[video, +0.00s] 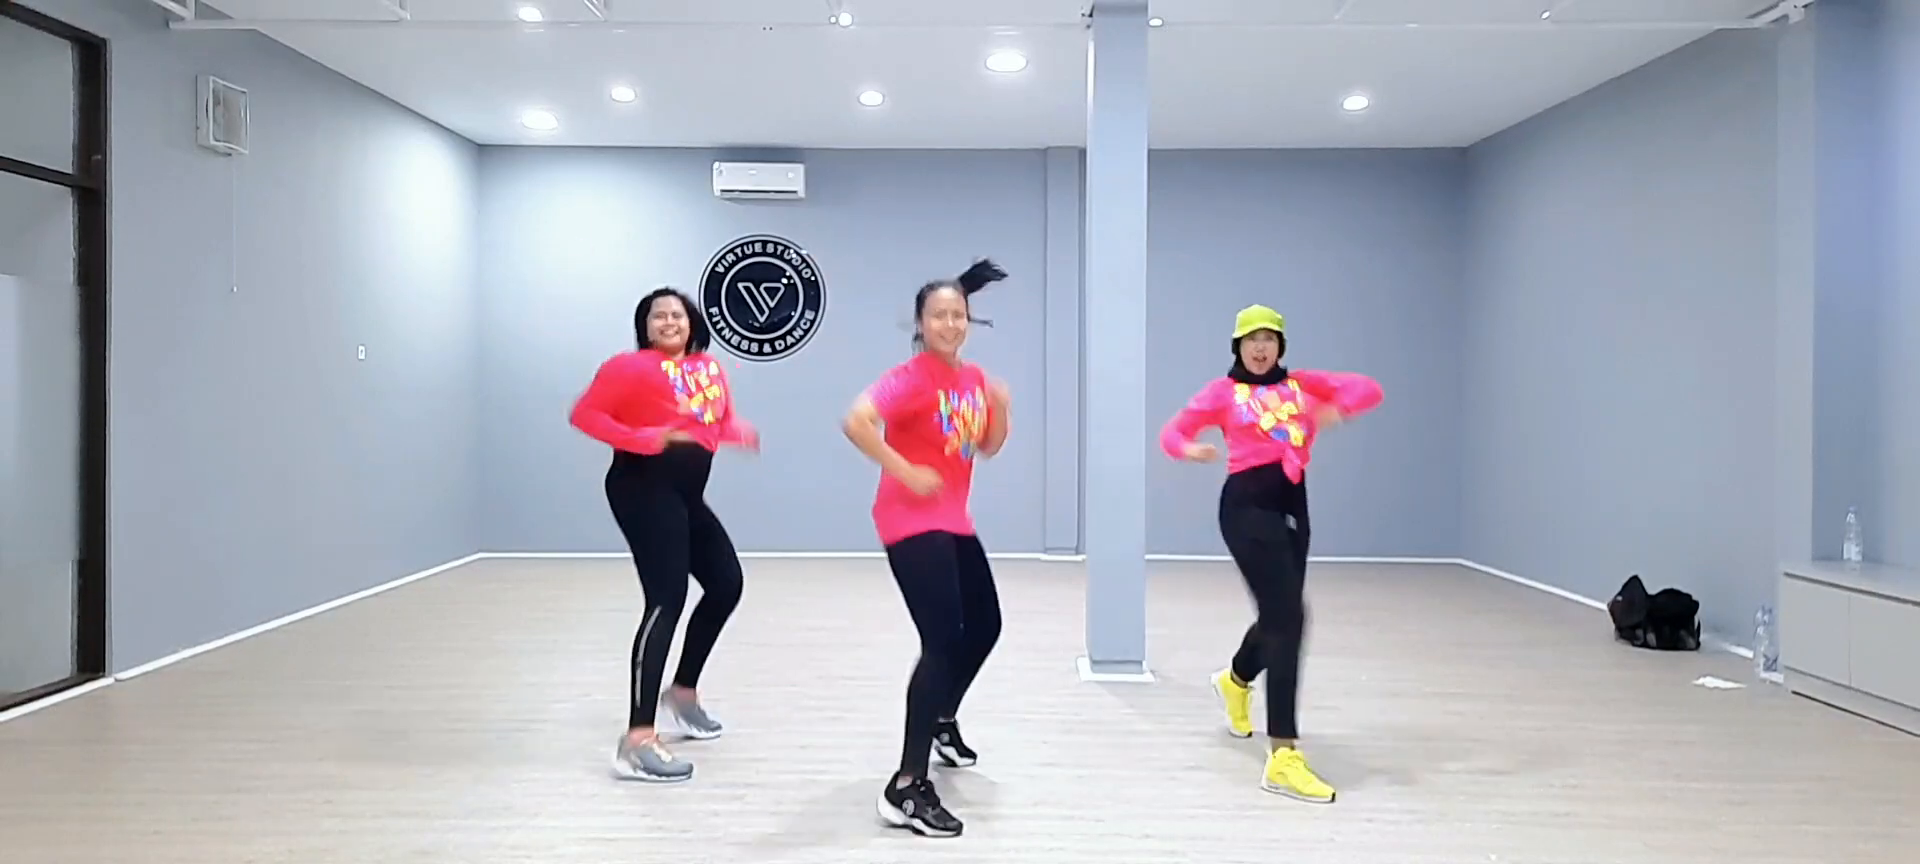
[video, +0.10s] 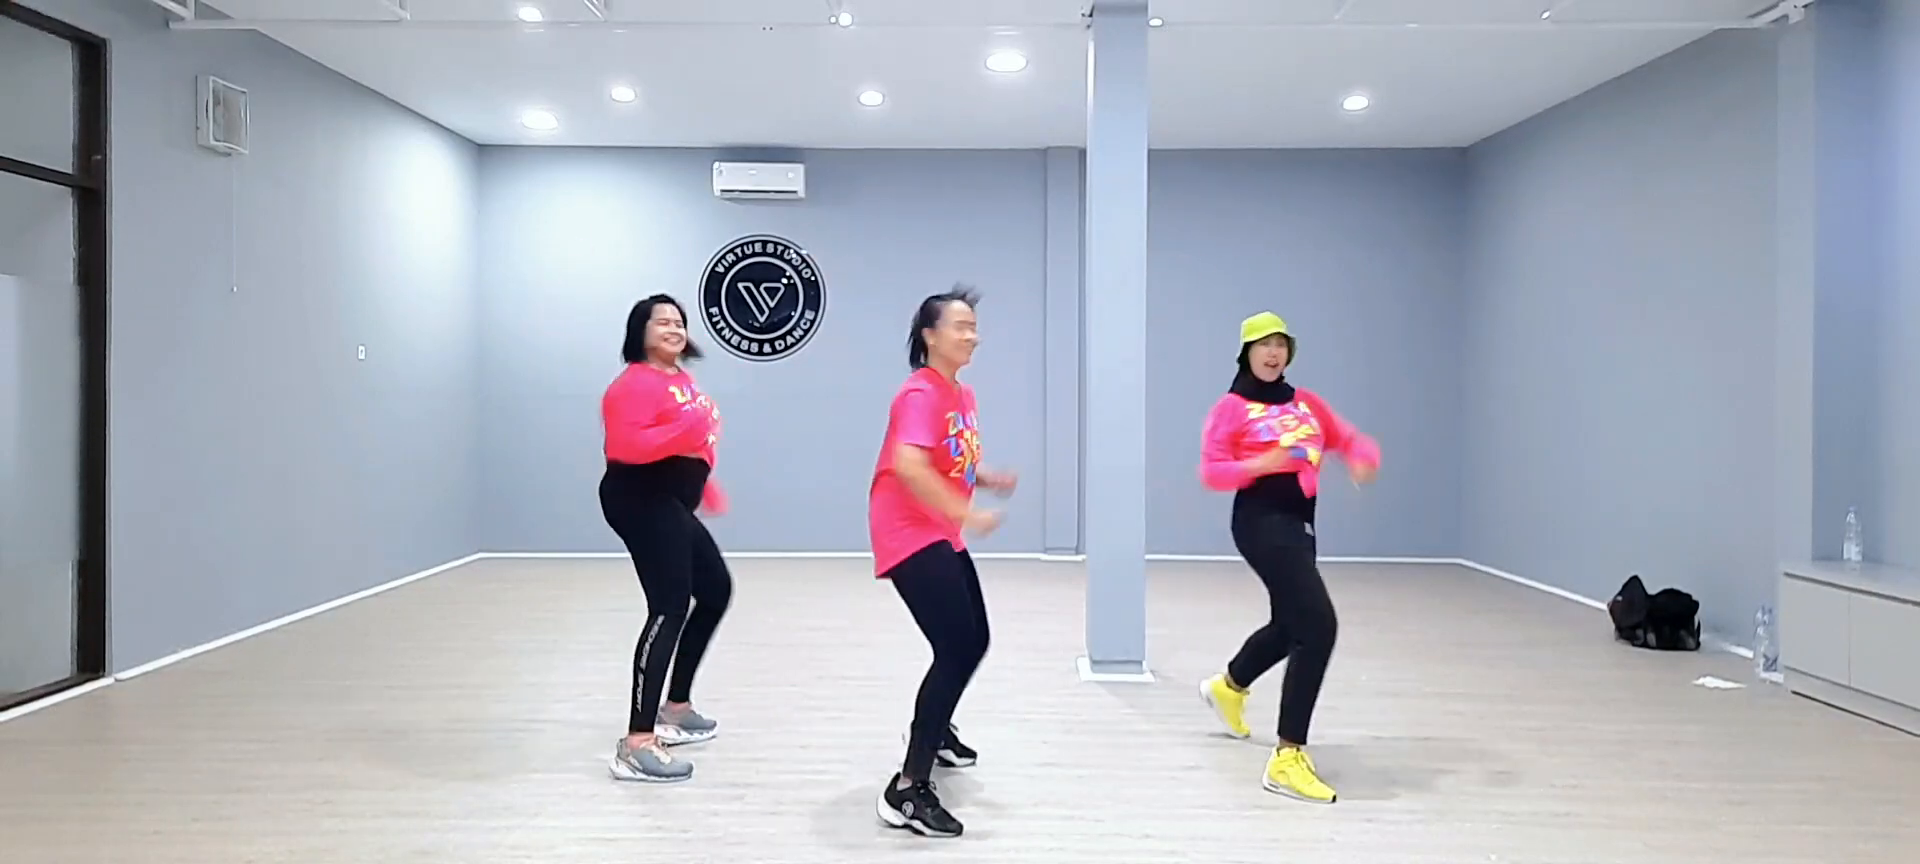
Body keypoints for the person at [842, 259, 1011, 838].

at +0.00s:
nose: (952, 323)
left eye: (959, 314)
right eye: (941, 314)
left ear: (969, 323)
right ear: (921, 323)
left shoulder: (973, 381)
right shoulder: (910, 376)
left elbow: (988, 448)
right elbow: (856, 420)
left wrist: (999, 408)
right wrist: (905, 470)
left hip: (956, 521)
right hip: (913, 523)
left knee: (984, 626)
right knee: (944, 642)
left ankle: (942, 717)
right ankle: (907, 782)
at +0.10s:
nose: (972, 334)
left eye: (973, 326)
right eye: (961, 326)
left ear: (967, 337)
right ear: (929, 336)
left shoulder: (962, 393)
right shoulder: (920, 394)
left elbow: (952, 458)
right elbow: (909, 467)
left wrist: (984, 476)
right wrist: (963, 512)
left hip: (940, 531)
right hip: (910, 536)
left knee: (973, 638)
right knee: (956, 646)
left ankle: (932, 725)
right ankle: (909, 784)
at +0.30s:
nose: (966, 309)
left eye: (963, 300)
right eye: (964, 300)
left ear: (917, 305)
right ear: (953, 302)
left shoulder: (892, 351)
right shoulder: (962, 354)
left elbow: (851, 390)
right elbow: (1001, 421)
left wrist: (883, 431)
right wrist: (1001, 367)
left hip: (887, 504)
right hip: (939, 504)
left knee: (933, 604)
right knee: (963, 617)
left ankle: (917, 724)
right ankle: (929, 745)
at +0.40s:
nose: (953, 315)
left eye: (948, 306)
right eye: (952, 307)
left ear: (906, 313)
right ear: (947, 311)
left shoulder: (877, 364)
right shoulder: (967, 365)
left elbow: (830, 402)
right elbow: (992, 433)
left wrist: (847, 468)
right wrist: (973, 390)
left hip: (887, 515)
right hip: (948, 512)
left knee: (913, 626)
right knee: (983, 612)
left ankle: (913, 759)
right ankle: (932, 672)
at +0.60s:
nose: (888, 326)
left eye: (888, 318)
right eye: (889, 317)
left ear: (899, 321)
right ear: (935, 319)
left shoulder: (879, 373)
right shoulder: (964, 375)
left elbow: (861, 445)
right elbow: (984, 441)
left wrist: (861, 488)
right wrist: (946, 467)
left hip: (894, 527)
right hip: (954, 525)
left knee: (900, 632)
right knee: (936, 583)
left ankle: (916, 744)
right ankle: (969, 660)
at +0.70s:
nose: (883, 310)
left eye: (886, 302)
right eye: (885, 301)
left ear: (899, 306)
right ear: (930, 308)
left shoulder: (884, 353)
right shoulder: (955, 358)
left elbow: (859, 420)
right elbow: (990, 413)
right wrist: (954, 445)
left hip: (903, 501)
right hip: (952, 500)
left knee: (888, 609)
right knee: (920, 588)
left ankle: (929, 723)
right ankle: (948, 693)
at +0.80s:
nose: (881, 317)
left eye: (886, 310)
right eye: (884, 309)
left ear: (902, 315)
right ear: (920, 319)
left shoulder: (889, 362)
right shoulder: (938, 363)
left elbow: (859, 424)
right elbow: (982, 409)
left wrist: (860, 380)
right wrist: (943, 445)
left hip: (917, 506)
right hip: (945, 503)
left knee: (880, 615)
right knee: (908, 607)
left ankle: (939, 721)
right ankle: (923, 703)